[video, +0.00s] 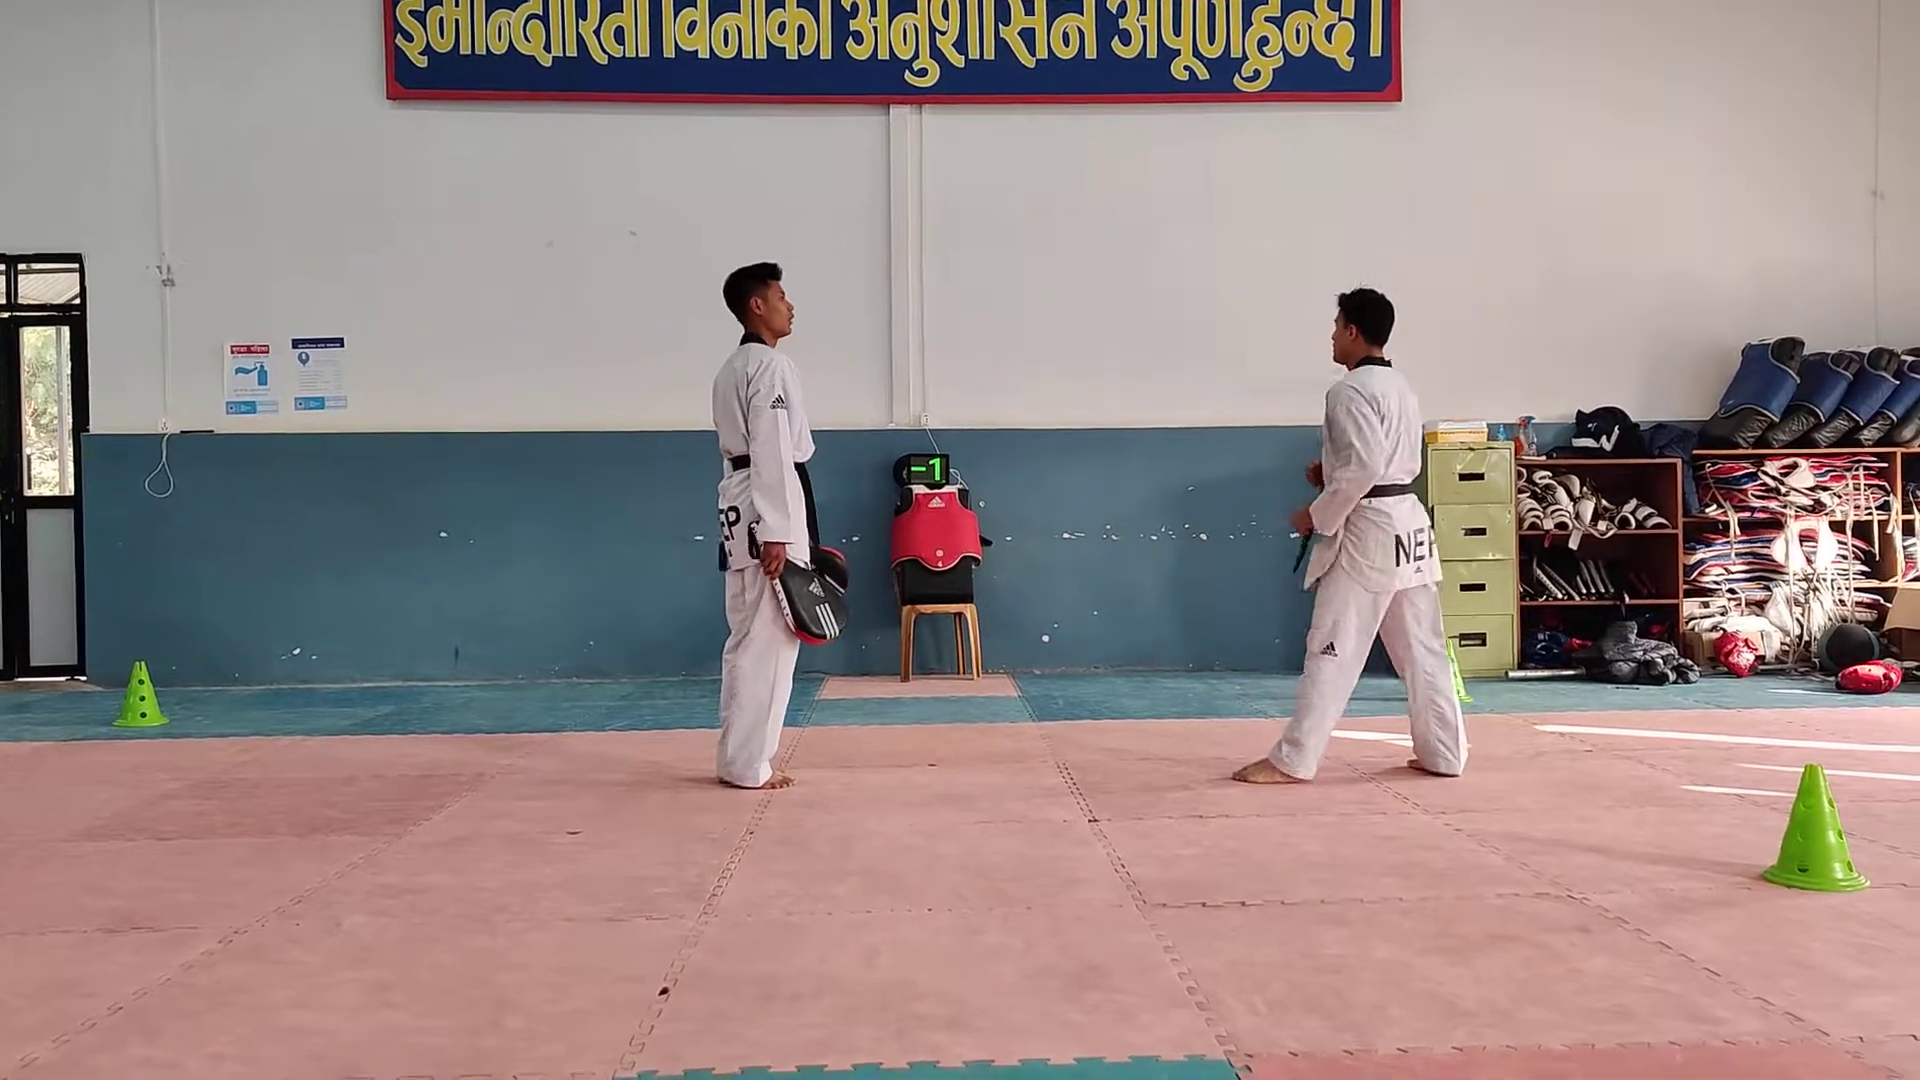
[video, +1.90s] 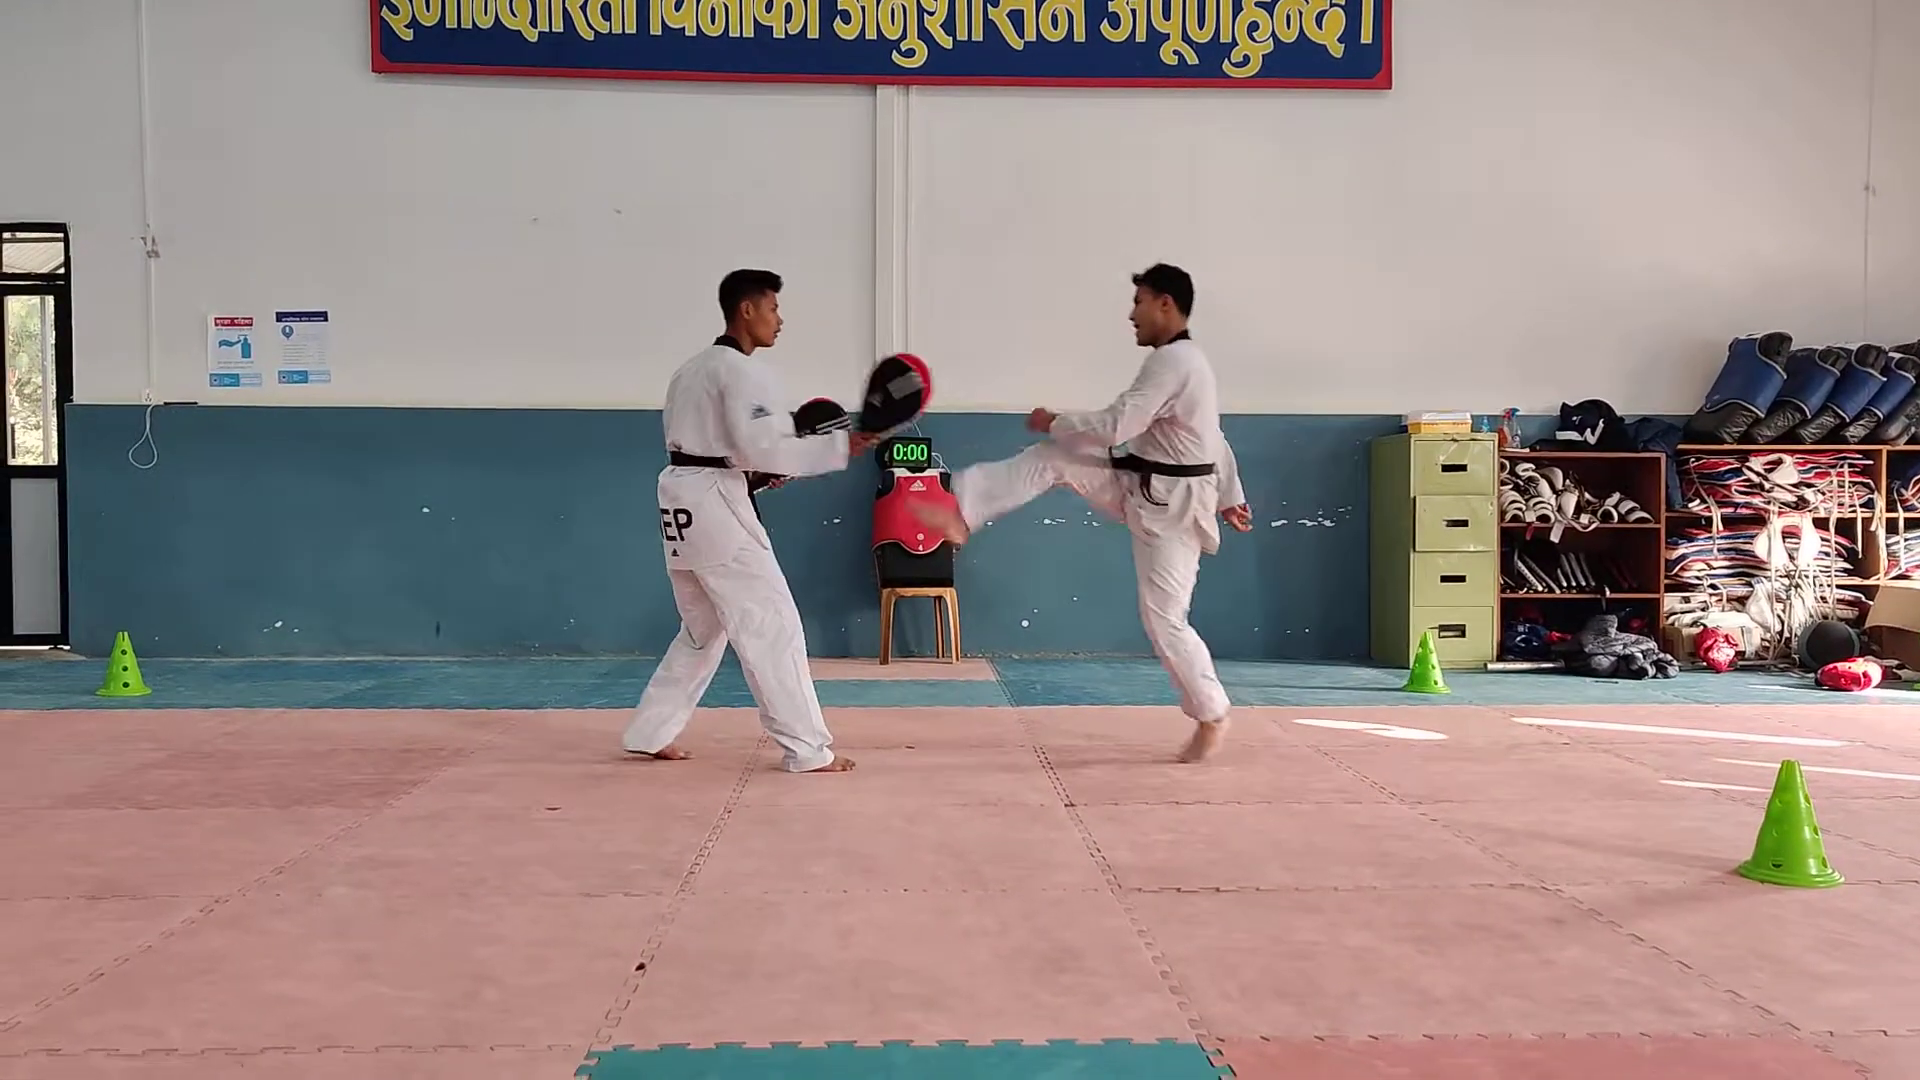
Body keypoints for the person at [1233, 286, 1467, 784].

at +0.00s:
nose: (1332, 334)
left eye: (1337, 325)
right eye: (1335, 324)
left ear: (1354, 332)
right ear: (1376, 335)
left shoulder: (1350, 390)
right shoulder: (1400, 388)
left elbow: (1362, 465)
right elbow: (1400, 464)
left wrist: (1315, 515)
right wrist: (1335, 472)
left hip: (1368, 527)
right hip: (1412, 521)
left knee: (1333, 647)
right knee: (1422, 647)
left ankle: (1294, 759)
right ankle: (1442, 754)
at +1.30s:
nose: (1286, 334)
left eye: (1294, 325)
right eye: (1288, 324)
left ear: (1324, 332)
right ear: (1326, 334)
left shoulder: (1318, 380)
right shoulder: (1363, 389)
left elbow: (1334, 451)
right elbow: (1387, 463)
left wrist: (1284, 473)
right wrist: (1350, 497)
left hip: (1335, 516)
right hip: (1375, 517)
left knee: (1294, 635)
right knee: (1393, 637)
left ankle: (1276, 753)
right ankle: (1432, 742)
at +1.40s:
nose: (1274, 343)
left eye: (1283, 334)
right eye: (1276, 334)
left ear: (1313, 343)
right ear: (1310, 345)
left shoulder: (1320, 393)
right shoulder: (1312, 396)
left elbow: (1348, 463)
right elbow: (1320, 472)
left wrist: (1277, 494)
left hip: (1328, 527)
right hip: (1350, 527)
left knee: (1269, 631)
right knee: (1387, 641)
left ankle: (1258, 752)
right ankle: (1435, 741)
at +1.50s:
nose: (1258, 362)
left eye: (1267, 354)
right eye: (1261, 353)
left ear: (1297, 363)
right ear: (1291, 364)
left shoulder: (1313, 411)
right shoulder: (1272, 426)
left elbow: (1351, 451)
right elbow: (1242, 476)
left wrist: (1287, 419)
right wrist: (1188, 456)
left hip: (1308, 545)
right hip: (1325, 545)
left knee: (1236, 642)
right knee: (1382, 654)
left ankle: (1244, 759)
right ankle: (1439, 752)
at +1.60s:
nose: (1243, 342)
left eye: (1251, 334)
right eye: (1245, 333)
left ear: (1278, 342)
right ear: (1271, 339)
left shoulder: (1292, 391)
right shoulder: (1232, 397)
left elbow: (1318, 413)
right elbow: (1180, 429)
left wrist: (1264, 372)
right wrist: (1156, 393)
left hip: (1275, 528)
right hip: (1251, 531)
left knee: (1231, 641)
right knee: (1296, 647)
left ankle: (1253, 759)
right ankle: (1383, 701)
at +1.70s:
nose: (1217, 330)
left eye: (1225, 319)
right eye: (1219, 320)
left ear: (1255, 321)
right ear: (1249, 322)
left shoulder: (1286, 372)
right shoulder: (1220, 385)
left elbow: (1248, 417)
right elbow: (1192, 453)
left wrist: (1176, 437)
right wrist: (1149, 499)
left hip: (1250, 507)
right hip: (1198, 500)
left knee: (1237, 623)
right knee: (1122, 563)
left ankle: (1251, 752)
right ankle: (1205, 631)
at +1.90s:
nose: (1132, 312)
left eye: (1139, 302)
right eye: (1133, 302)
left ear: (1167, 306)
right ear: (1169, 308)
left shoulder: (1173, 361)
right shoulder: (1184, 359)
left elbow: (1116, 426)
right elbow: (1209, 437)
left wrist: (1055, 423)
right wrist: (1230, 494)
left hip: (1172, 506)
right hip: (1135, 487)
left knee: (1164, 621)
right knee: (1056, 455)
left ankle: (1212, 714)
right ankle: (964, 513)